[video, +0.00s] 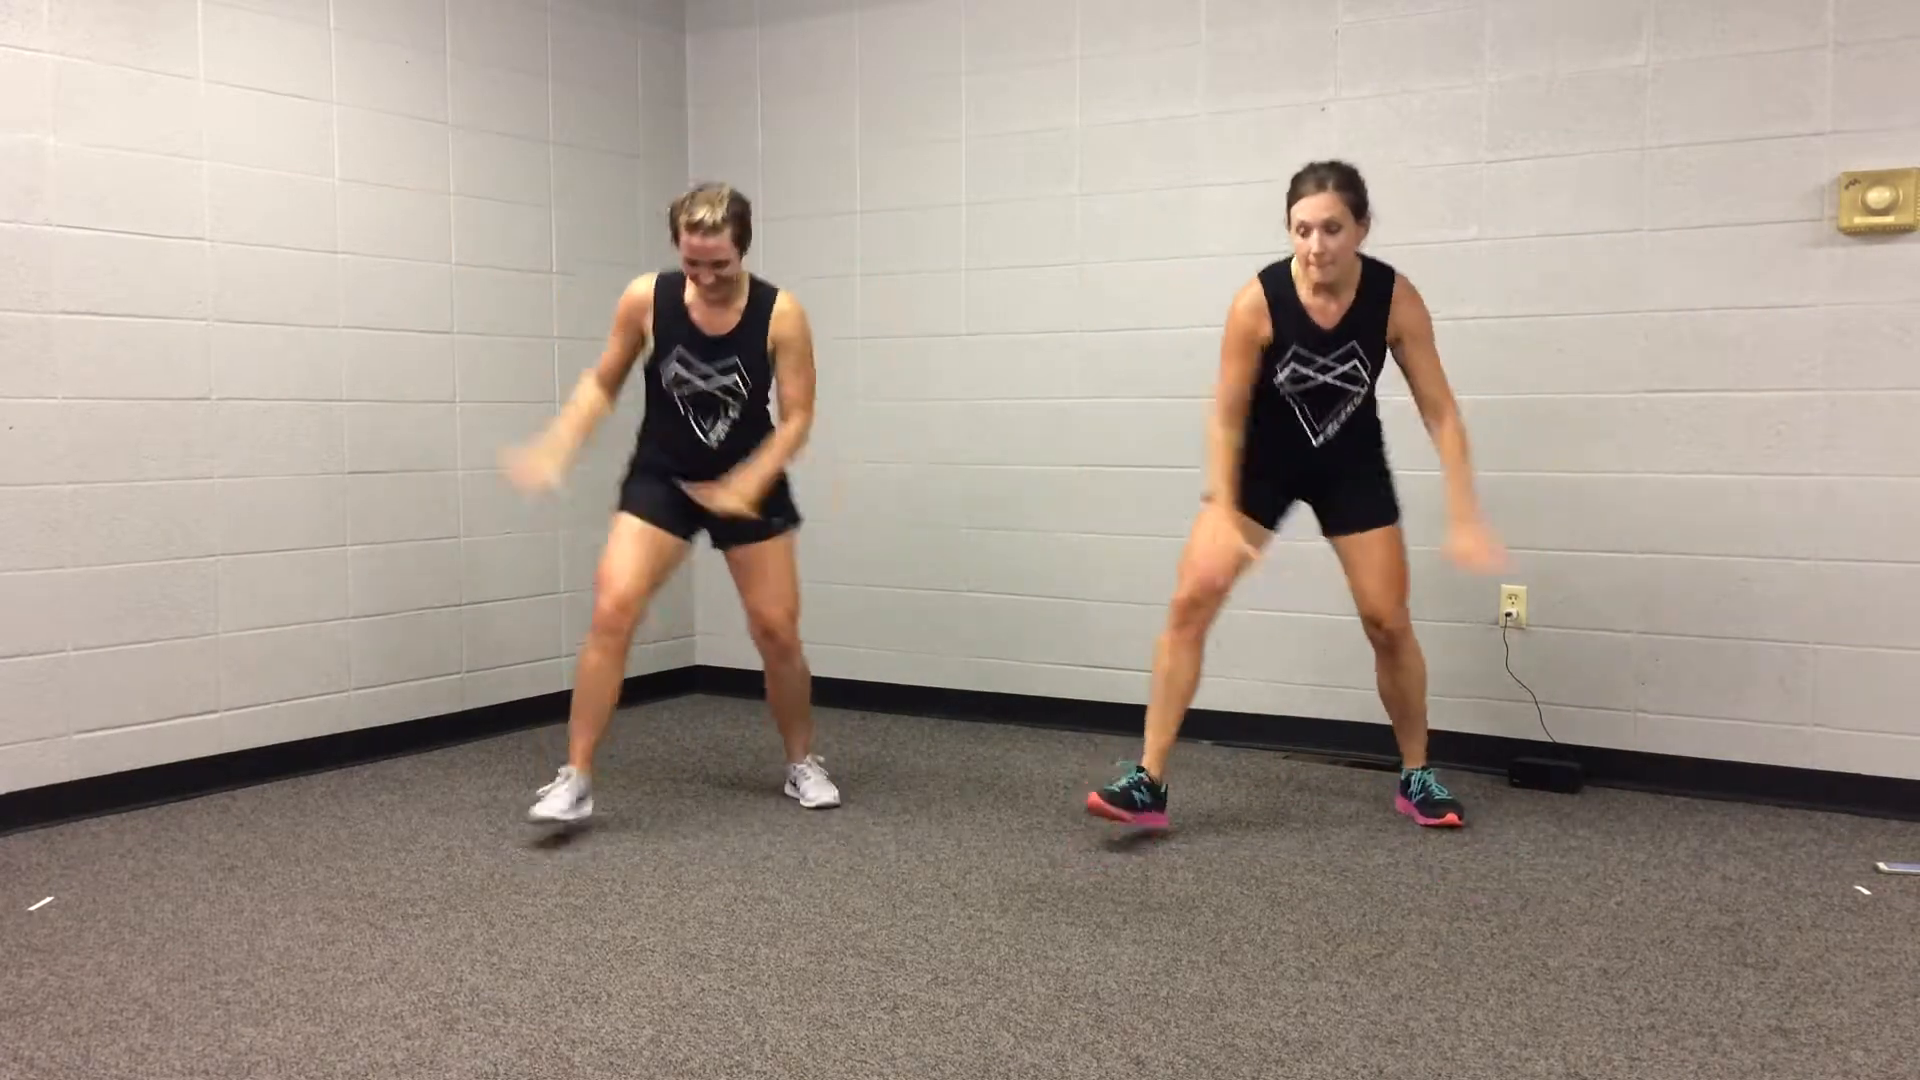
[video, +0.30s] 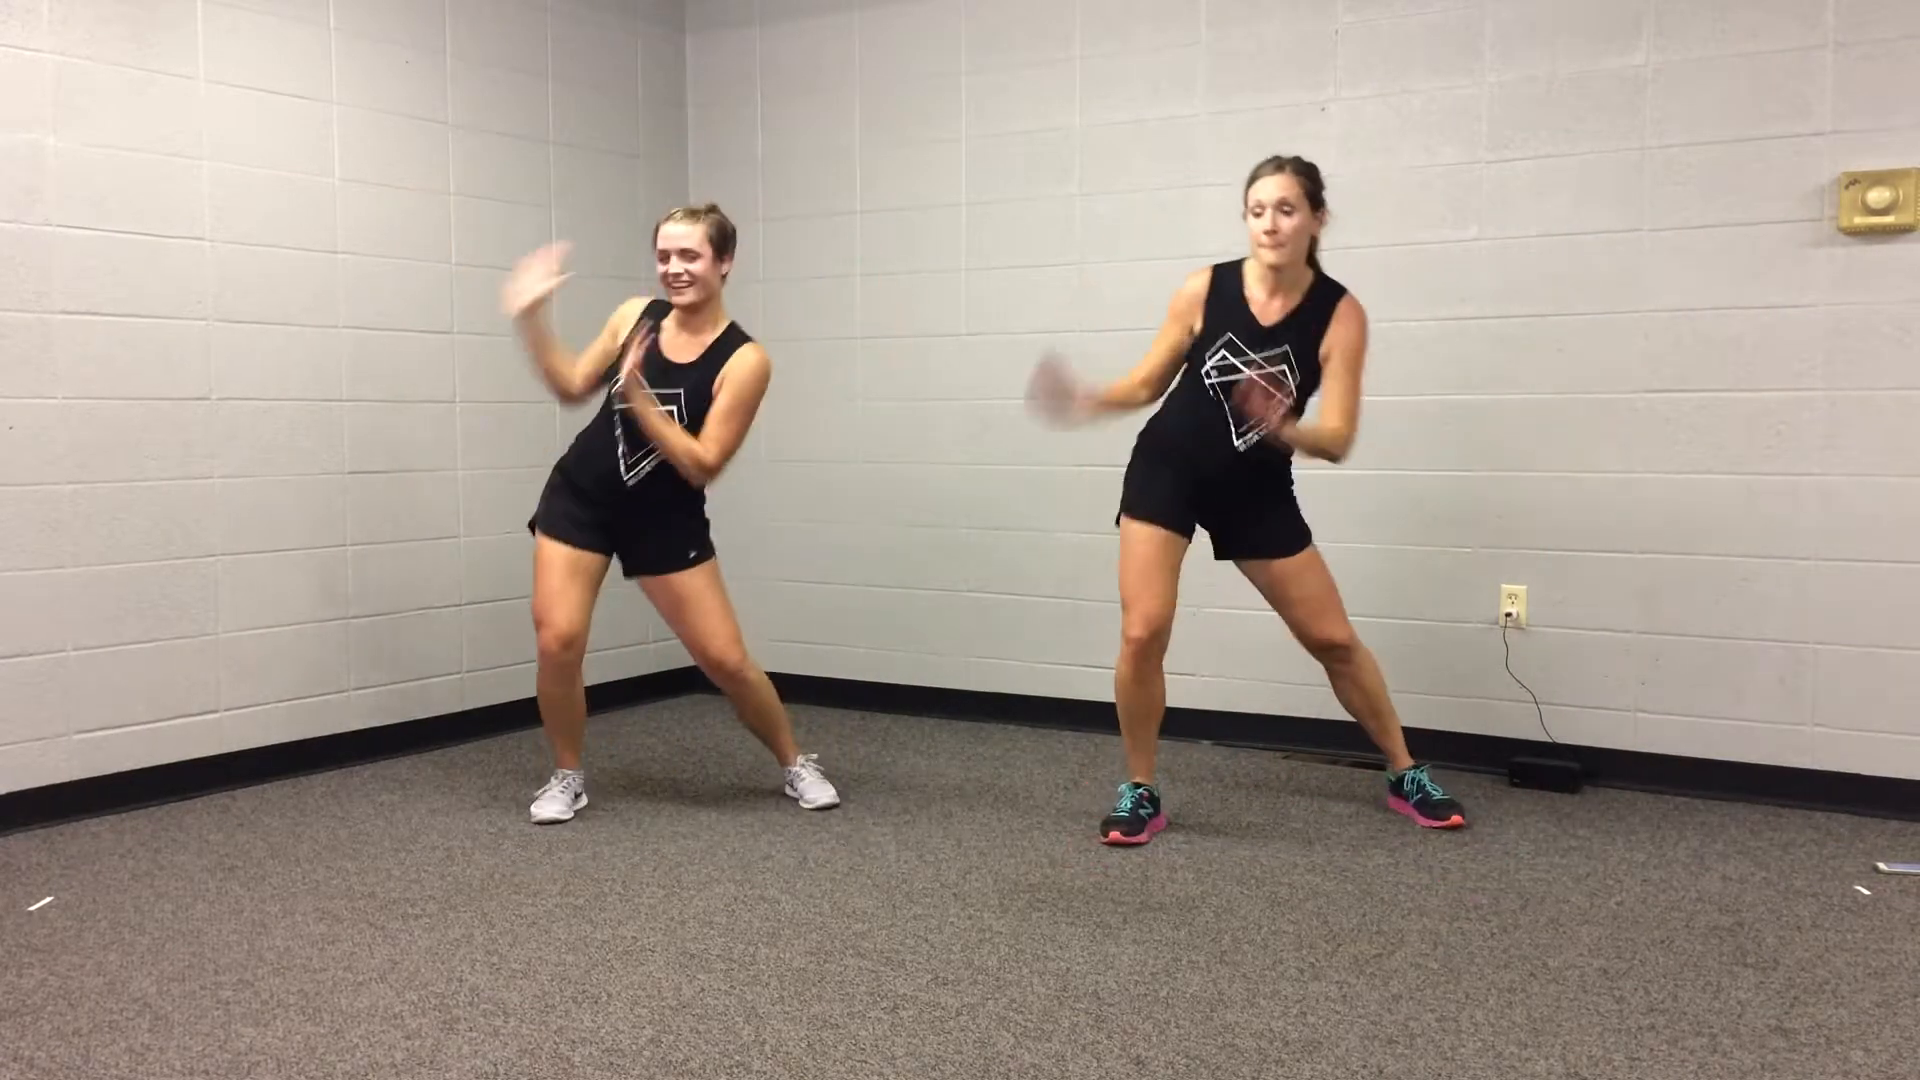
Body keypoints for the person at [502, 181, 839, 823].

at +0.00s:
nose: (703, 277)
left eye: (717, 265)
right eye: (692, 264)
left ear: (744, 250)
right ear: (677, 250)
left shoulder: (780, 316)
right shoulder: (647, 300)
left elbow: (798, 416)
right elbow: (603, 383)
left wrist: (747, 482)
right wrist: (555, 449)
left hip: (749, 479)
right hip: (663, 476)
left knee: (777, 628)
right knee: (612, 610)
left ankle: (803, 762)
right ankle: (576, 776)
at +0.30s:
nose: (675, 268)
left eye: (690, 257)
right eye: (665, 257)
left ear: (725, 264)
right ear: (656, 261)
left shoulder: (745, 361)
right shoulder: (635, 316)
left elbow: (703, 466)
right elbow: (572, 384)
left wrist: (638, 398)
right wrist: (533, 319)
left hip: (665, 516)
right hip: (582, 494)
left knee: (727, 662)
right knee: (558, 640)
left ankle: (795, 763)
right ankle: (566, 776)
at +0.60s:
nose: (649, 200)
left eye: (663, 192)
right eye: (637, 189)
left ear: (683, 210)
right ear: (618, 203)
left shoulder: (712, 285)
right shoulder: (584, 297)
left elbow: (777, 353)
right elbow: (580, 400)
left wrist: (859, 343)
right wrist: (671, 400)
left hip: (713, 475)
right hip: (627, 486)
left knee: (784, 606)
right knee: (601, 645)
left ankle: (825, 763)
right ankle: (570, 773)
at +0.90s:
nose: (690, 223)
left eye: (703, 215)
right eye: (677, 217)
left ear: (724, 240)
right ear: (657, 243)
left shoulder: (760, 320)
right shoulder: (633, 337)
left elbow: (816, 413)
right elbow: (634, 447)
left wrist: (885, 399)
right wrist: (720, 462)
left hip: (790, 496)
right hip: (704, 514)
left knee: (835, 646)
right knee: (641, 675)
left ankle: (848, 800)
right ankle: (579, 771)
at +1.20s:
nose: (703, 178)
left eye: (719, 169)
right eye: (693, 174)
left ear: (753, 197)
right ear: (685, 201)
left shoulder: (778, 273)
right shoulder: (664, 281)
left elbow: (752, 368)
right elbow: (590, 346)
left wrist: (657, 313)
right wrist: (534, 280)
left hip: (721, 482)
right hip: (633, 468)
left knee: (772, 639)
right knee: (574, 618)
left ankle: (845, 798)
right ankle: (534, 779)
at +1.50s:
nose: (669, 216)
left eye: (684, 211)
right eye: (656, 208)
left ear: (703, 243)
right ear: (634, 234)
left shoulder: (726, 334)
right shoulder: (585, 316)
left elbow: (739, 433)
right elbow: (542, 410)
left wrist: (729, 500)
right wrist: (492, 478)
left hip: (668, 514)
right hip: (574, 506)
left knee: (744, 640)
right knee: (543, 656)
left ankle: (840, 793)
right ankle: (535, 798)